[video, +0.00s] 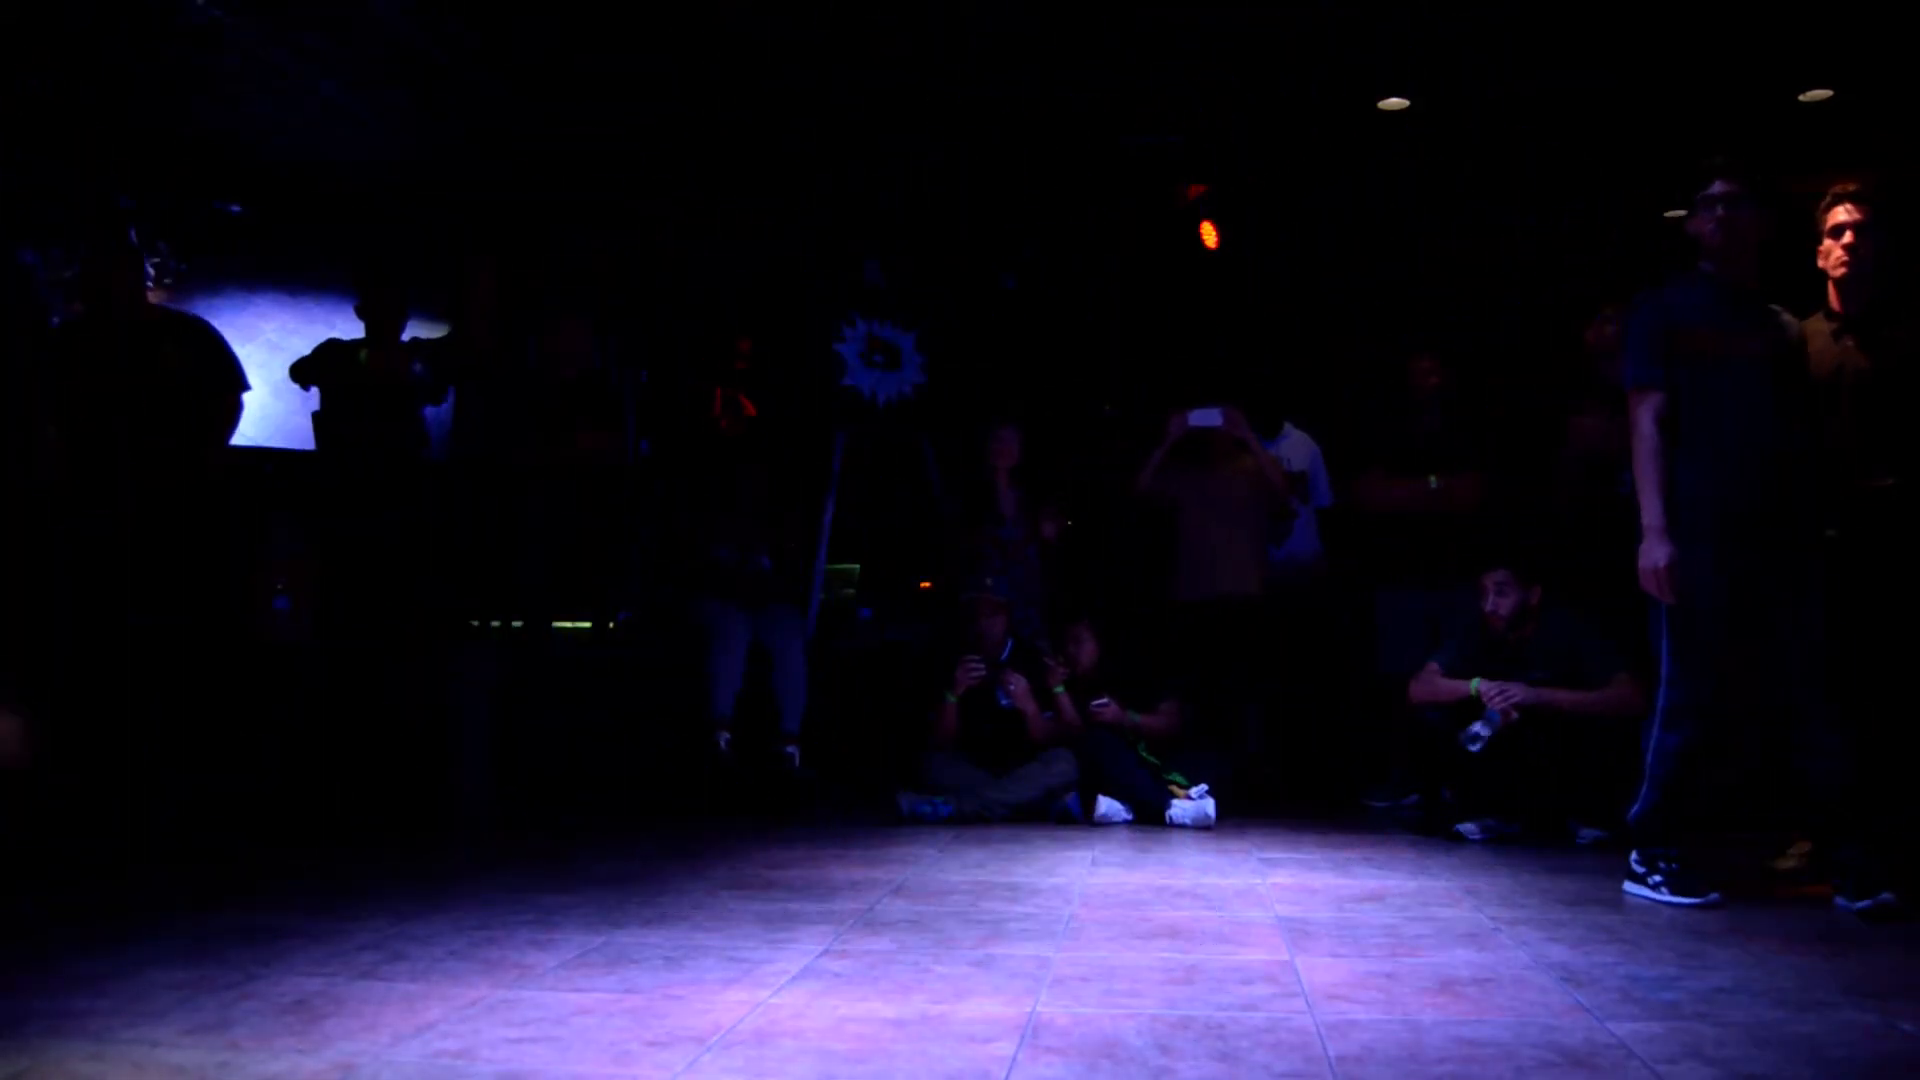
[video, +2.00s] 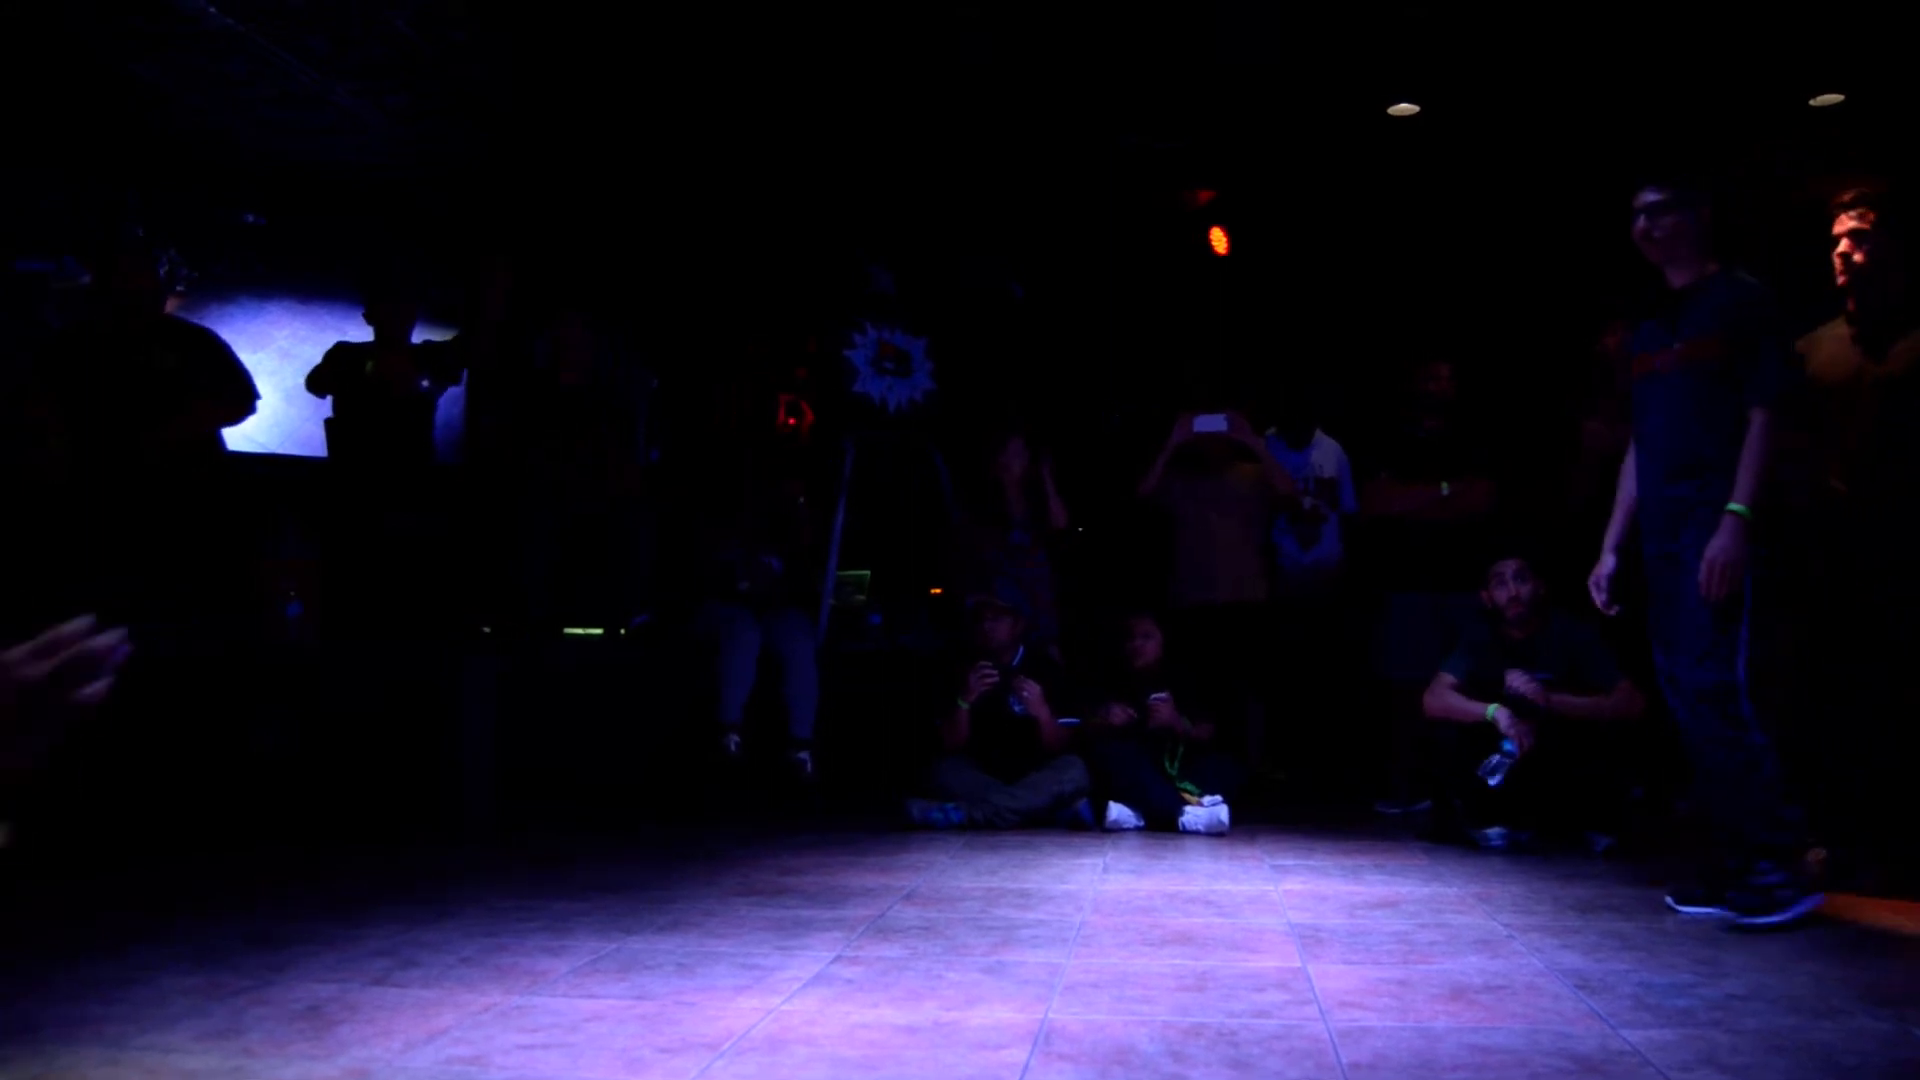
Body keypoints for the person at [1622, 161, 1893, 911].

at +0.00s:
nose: (1716, 219)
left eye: (1732, 207)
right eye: (1705, 207)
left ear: (1761, 224)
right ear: (1688, 225)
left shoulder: (1778, 321)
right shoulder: (1664, 312)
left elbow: (1804, 428)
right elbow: (1647, 425)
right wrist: (1654, 533)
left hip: (1780, 531)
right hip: (1699, 534)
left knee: (1808, 694)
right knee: (1689, 699)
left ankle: (1850, 866)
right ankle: (1653, 856)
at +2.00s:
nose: (1647, 226)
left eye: (1661, 211)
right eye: (1639, 215)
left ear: (1697, 216)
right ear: (1636, 229)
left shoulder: (1742, 302)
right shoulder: (1652, 320)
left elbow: (1764, 420)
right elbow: (1643, 442)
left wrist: (1736, 521)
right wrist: (1612, 546)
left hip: (1718, 529)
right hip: (1663, 532)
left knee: (1717, 691)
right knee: (1687, 692)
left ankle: (1774, 873)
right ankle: (1730, 869)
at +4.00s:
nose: (1492, 240)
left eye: (1508, 229)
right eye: (1489, 230)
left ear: (1543, 240)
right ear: (1487, 245)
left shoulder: (1571, 319)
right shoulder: (1495, 338)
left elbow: (1586, 431)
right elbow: (1475, 456)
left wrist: (1565, 529)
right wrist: (1440, 546)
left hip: (1545, 543)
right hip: (1489, 549)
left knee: (1579, 699)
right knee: (1510, 697)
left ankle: (1637, 850)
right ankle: (1519, 839)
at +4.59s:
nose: (1464, 249)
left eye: (1478, 239)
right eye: (1456, 240)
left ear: (1508, 253)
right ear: (1448, 256)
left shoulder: (1546, 333)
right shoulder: (1435, 357)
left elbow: (1574, 435)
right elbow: (1430, 461)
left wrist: (1570, 528)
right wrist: (1422, 556)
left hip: (1535, 541)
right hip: (1464, 551)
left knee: (1573, 694)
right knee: (1493, 697)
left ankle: (1614, 843)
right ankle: (1517, 836)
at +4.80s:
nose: (1461, 251)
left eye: (1475, 240)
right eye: (1453, 242)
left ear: (1504, 254)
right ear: (1444, 259)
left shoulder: (1546, 335)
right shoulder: (1429, 357)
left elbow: (1574, 437)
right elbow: (1421, 460)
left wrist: (1578, 527)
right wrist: (1413, 556)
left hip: (1540, 543)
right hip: (1465, 553)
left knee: (1581, 693)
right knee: (1492, 698)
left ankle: (1616, 841)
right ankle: (1517, 836)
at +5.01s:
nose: (1470, 252)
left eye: (1483, 241)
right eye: (1461, 243)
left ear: (1512, 254)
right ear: (1451, 261)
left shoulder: (1551, 336)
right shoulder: (1433, 355)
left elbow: (1579, 439)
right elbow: (1421, 456)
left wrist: (1584, 529)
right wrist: (1405, 549)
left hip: (1546, 542)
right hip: (1470, 550)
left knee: (1594, 688)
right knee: (1497, 695)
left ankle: (1638, 838)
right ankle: (1518, 838)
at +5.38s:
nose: (1504, 248)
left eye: (1517, 237)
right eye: (1495, 239)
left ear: (1543, 250)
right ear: (1483, 255)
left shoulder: (1583, 337)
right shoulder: (1458, 349)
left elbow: (1605, 440)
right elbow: (1444, 451)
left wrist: (1610, 531)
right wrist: (1431, 547)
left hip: (1569, 542)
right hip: (1487, 547)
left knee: (1601, 692)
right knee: (1505, 695)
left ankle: (1641, 842)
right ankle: (1519, 837)